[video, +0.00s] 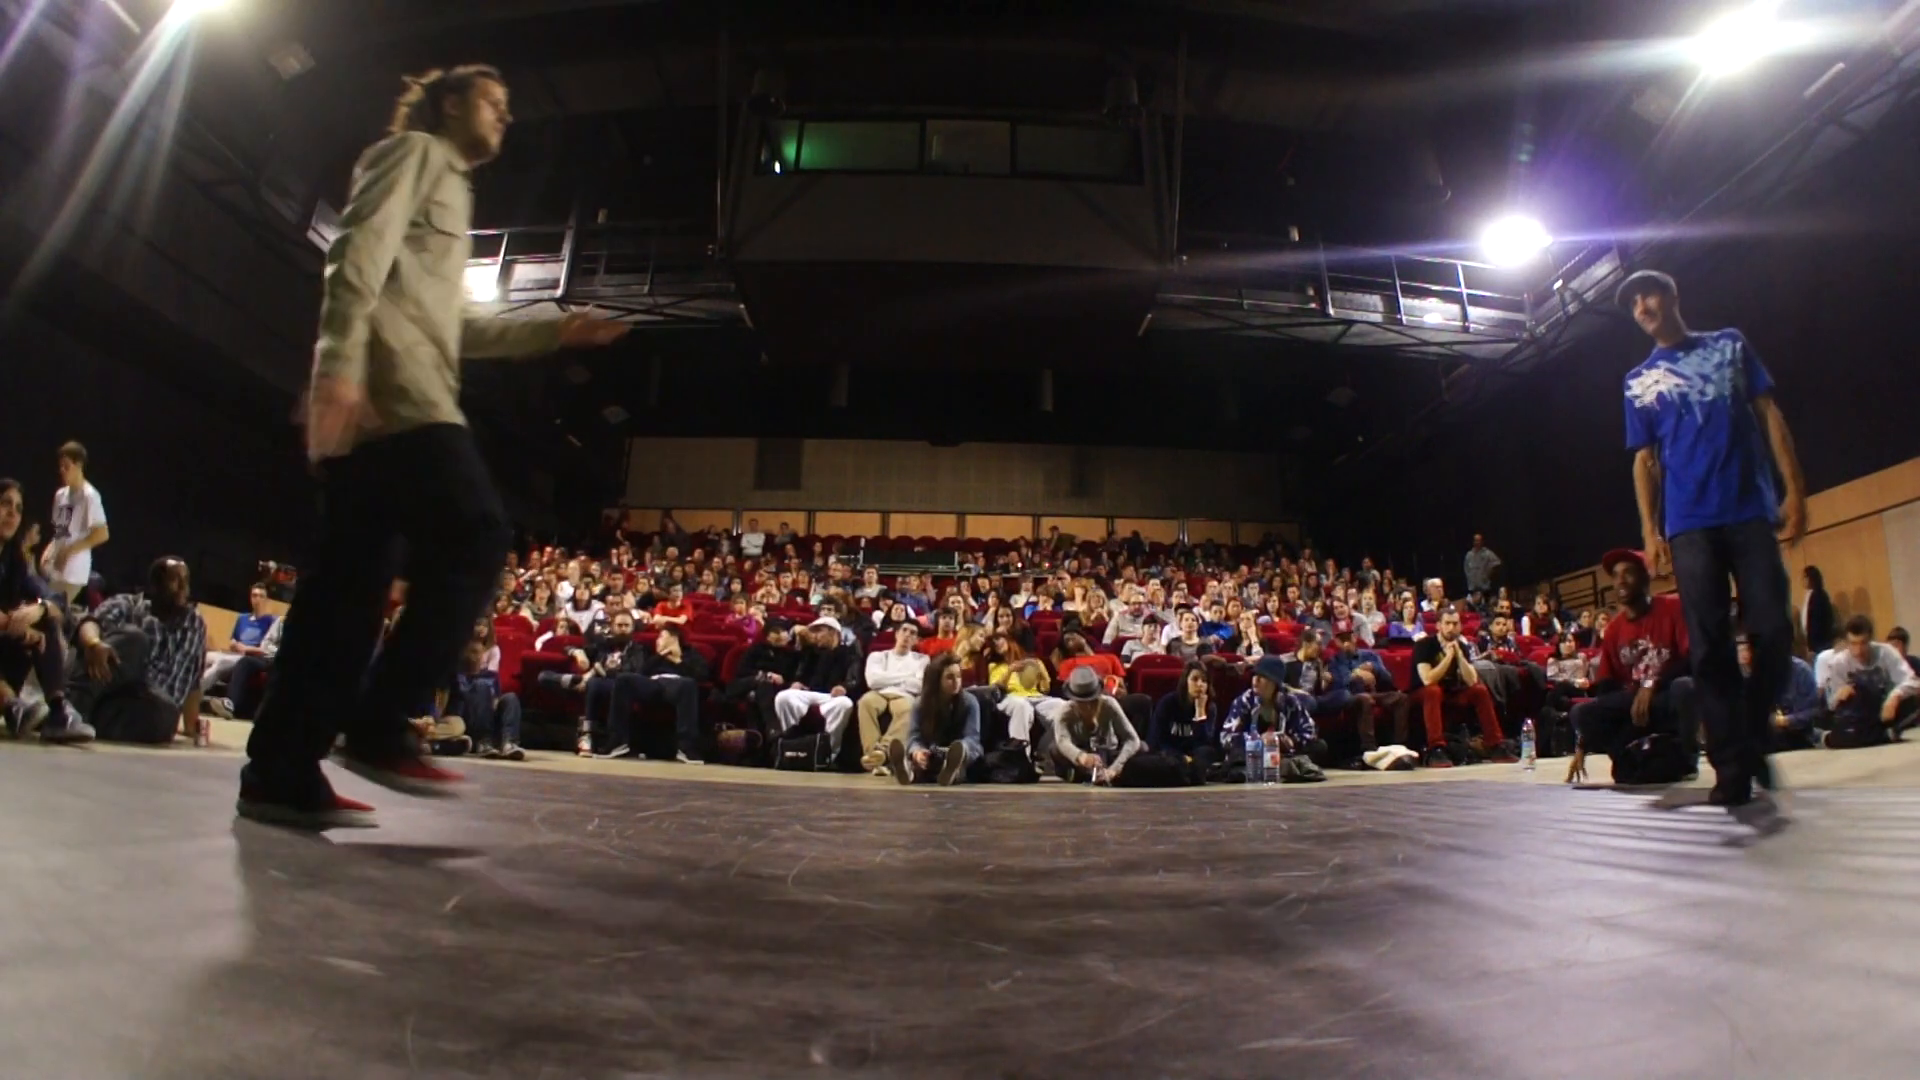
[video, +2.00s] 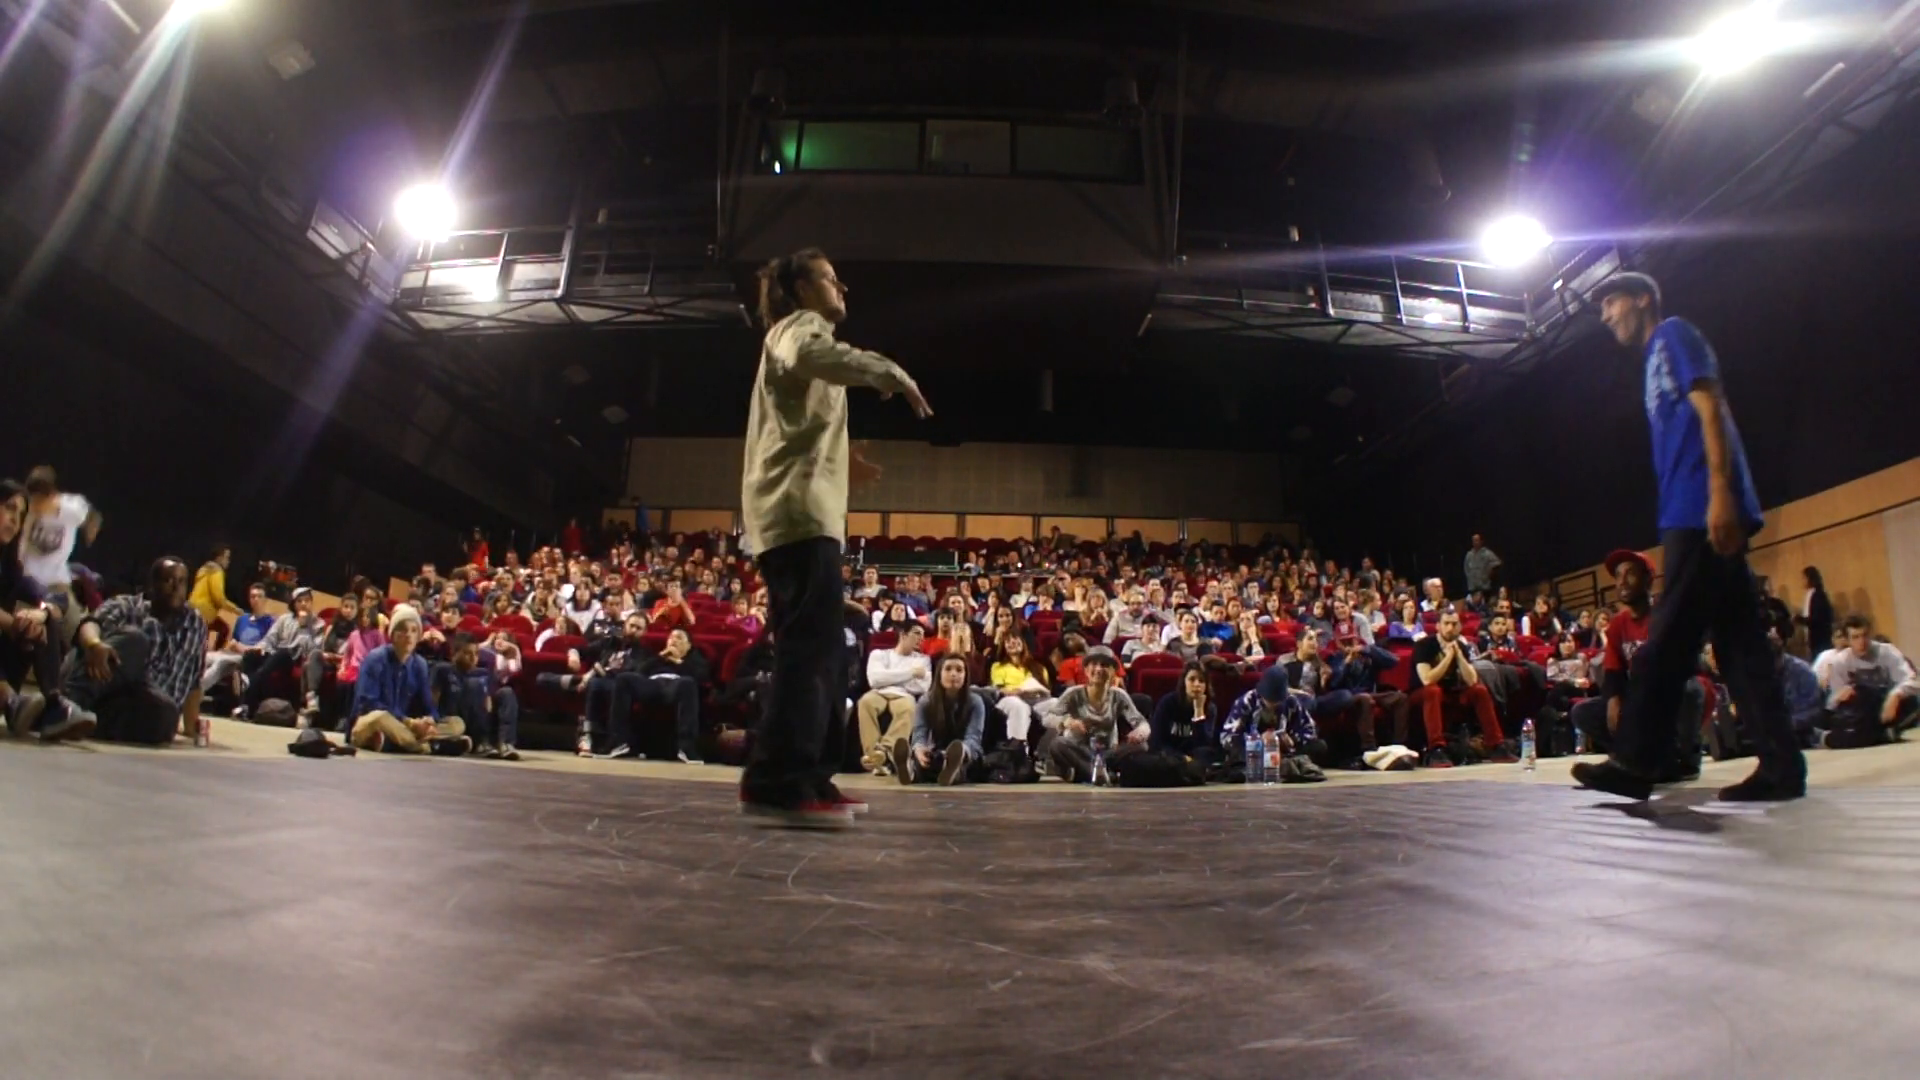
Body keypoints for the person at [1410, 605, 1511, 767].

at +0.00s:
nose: (1451, 628)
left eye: (1455, 624)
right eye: (1447, 623)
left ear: (1460, 626)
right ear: (1439, 626)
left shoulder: (1463, 646)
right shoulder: (1424, 646)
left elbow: (1472, 681)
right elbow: (1427, 678)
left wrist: (1459, 654)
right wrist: (1448, 657)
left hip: (1455, 691)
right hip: (1428, 693)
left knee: (1480, 691)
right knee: (1433, 691)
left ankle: (1496, 745)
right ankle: (1436, 748)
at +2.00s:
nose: (1450, 628)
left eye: (1455, 624)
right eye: (1446, 624)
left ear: (1460, 627)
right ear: (1438, 626)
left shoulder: (1462, 646)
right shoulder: (1424, 645)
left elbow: (1472, 681)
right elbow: (1427, 679)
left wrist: (1459, 655)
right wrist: (1449, 657)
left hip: (1455, 692)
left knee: (1480, 691)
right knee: (1433, 691)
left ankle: (1497, 745)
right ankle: (1436, 748)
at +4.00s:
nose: (1443, 627)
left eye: (1448, 623)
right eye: (1440, 623)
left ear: (1456, 626)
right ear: (1435, 625)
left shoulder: (1462, 646)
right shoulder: (1425, 646)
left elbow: (1471, 680)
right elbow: (1427, 679)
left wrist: (1459, 654)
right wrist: (1450, 655)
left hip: (1455, 691)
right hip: (1431, 691)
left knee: (1480, 691)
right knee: (1434, 691)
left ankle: (1496, 745)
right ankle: (1436, 748)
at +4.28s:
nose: (1443, 627)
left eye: (1448, 623)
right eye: (1440, 623)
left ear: (1457, 626)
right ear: (1435, 625)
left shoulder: (1463, 646)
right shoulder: (1424, 646)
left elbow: (1471, 681)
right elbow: (1427, 678)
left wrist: (1459, 655)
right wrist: (1450, 655)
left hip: (1454, 691)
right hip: (1429, 692)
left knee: (1480, 691)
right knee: (1434, 691)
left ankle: (1496, 745)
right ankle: (1436, 748)